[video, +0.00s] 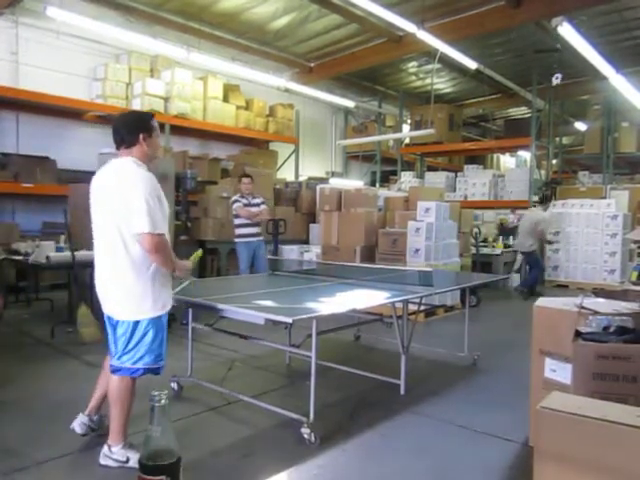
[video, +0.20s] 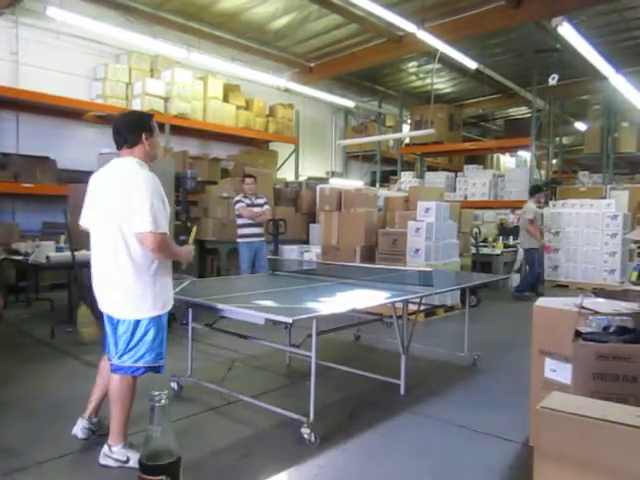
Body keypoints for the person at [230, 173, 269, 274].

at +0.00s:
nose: (247, 186)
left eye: (249, 183)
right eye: (244, 183)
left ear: (253, 185)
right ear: (239, 185)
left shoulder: (259, 199)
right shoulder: (235, 199)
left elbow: (267, 216)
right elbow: (243, 213)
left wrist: (252, 218)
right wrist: (259, 212)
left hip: (258, 239)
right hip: (242, 240)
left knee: (262, 270)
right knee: (245, 271)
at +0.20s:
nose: (250, 187)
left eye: (252, 184)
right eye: (247, 184)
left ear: (255, 185)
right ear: (243, 186)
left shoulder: (262, 199)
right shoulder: (238, 199)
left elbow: (268, 215)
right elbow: (246, 213)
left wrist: (254, 218)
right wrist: (261, 213)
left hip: (260, 239)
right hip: (245, 239)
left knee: (262, 269)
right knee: (245, 270)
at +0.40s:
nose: (255, 187)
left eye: (257, 184)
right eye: (252, 184)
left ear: (260, 185)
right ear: (248, 186)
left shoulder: (267, 199)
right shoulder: (244, 199)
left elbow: (274, 214)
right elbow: (251, 213)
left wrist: (259, 218)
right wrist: (266, 213)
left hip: (264, 238)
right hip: (249, 239)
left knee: (264, 268)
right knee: (248, 269)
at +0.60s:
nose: (260, 188)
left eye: (262, 185)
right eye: (257, 185)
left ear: (266, 186)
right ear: (254, 186)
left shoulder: (272, 201)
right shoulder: (249, 200)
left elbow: (277, 215)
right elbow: (255, 213)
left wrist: (264, 218)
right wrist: (271, 214)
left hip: (269, 239)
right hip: (253, 239)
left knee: (267, 269)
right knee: (250, 269)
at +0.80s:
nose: (263, 188)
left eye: (265, 185)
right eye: (260, 185)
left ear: (269, 186)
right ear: (257, 187)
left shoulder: (275, 200)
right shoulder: (252, 199)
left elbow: (280, 214)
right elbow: (257, 213)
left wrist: (268, 218)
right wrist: (273, 214)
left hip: (271, 238)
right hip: (255, 238)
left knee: (268, 268)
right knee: (251, 268)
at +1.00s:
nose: (264, 188)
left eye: (267, 185)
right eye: (262, 185)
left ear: (271, 186)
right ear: (258, 187)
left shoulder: (277, 201)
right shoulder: (253, 199)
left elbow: (281, 215)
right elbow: (257, 212)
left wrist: (269, 218)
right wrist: (274, 213)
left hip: (271, 239)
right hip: (255, 238)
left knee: (268, 268)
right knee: (251, 268)